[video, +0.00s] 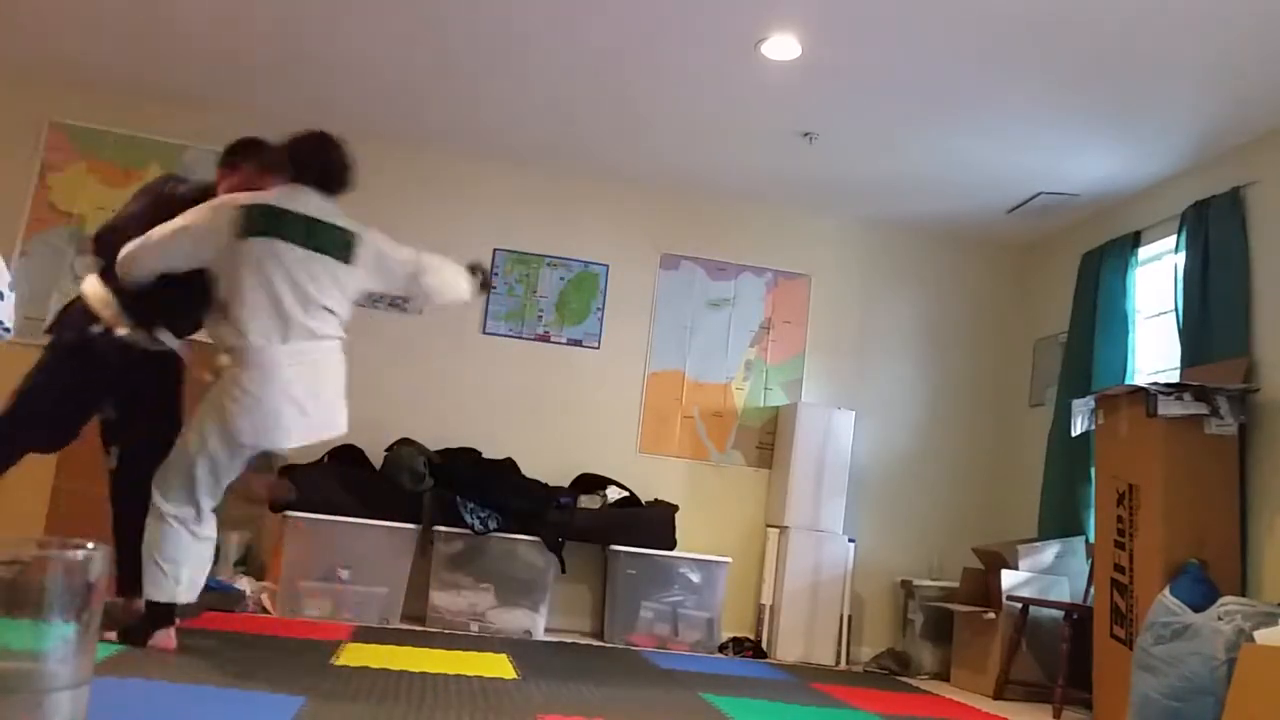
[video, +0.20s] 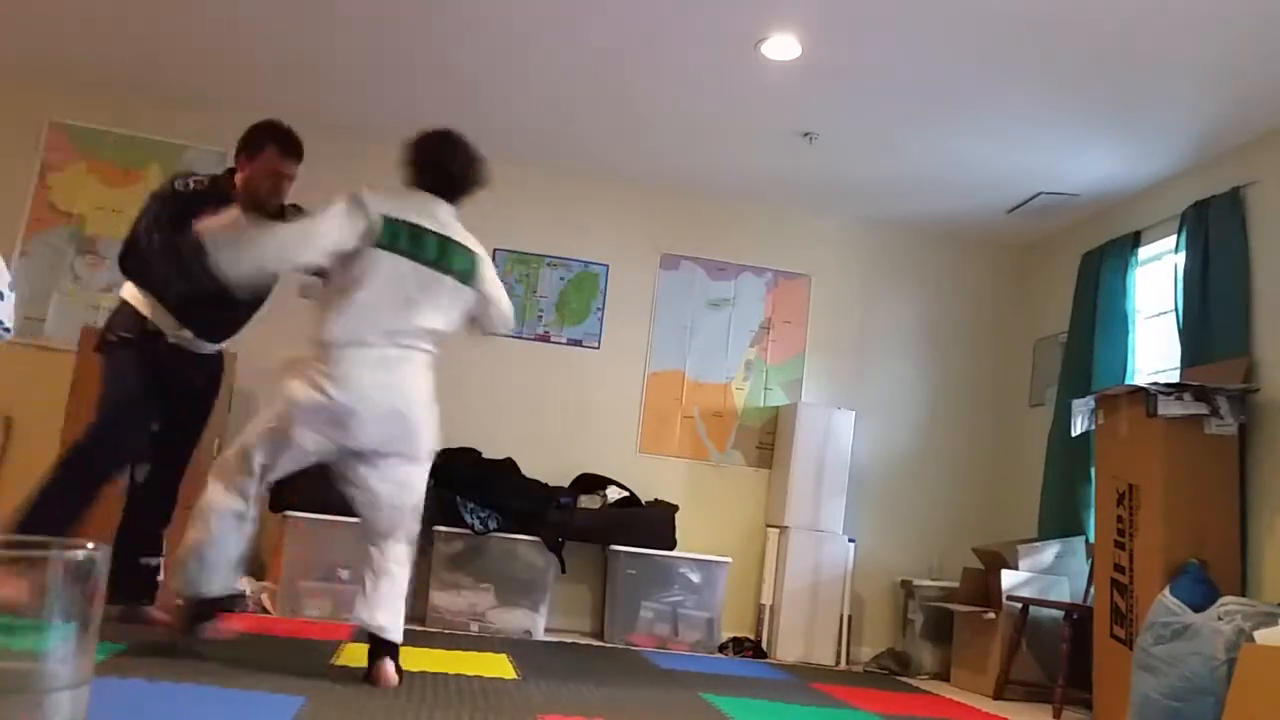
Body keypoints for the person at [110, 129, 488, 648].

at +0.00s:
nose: (257, 175)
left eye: (270, 166)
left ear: (282, 167)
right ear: (337, 183)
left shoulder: (238, 214)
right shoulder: (355, 241)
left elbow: (137, 259)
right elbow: (427, 278)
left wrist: (129, 272)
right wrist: (473, 278)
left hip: (248, 400)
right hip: (320, 407)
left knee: (180, 494)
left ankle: (160, 621)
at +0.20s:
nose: (284, 188)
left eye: (291, 179)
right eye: (277, 174)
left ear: (293, 179)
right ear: (244, 164)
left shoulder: (286, 228)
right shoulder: (185, 196)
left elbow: (336, 264)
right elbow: (138, 259)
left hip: (200, 359)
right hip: (140, 336)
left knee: (162, 480)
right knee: (117, 437)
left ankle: (131, 597)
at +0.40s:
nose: (293, 190)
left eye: (300, 179)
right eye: (284, 176)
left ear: (304, 178)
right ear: (249, 169)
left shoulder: (299, 237)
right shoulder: (192, 210)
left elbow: (346, 310)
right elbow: (134, 284)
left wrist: (329, 259)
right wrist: (206, 254)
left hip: (233, 379)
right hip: (181, 364)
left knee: (179, 485)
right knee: (203, 499)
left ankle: (136, 592)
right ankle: (184, 641)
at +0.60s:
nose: (323, 156)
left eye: (330, 146)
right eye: (314, 142)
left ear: (332, 147)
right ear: (279, 133)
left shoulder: (318, 201)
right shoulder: (223, 171)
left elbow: (336, 296)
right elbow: (168, 250)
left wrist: (337, 247)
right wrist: (255, 230)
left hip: (263, 349)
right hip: (211, 333)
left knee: (248, 476)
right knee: (221, 477)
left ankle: (161, 579)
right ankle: (186, 646)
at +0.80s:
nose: (334, 132)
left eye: (341, 124)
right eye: (327, 117)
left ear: (340, 127)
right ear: (292, 104)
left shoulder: (329, 176)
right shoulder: (240, 140)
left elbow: (373, 257)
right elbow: (216, 215)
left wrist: (369, 202)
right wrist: (289, 177)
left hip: (283, 334)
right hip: (230, 316)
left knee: (242, 480)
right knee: (225, 476)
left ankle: (195, 621)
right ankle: (185, 644)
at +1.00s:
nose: (342, 154)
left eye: (350, 145)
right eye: (334, 140)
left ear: (350, 149)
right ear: (300, 131)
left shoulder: (327, 205)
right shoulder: (255, 170)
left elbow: (356, 289)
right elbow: (233, 245)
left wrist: (373, 249)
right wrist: (321, 234)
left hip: (274, 348)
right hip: (236, 332)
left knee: (246, 489)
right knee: (242, 489)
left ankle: (178, 614)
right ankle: (192, 646)